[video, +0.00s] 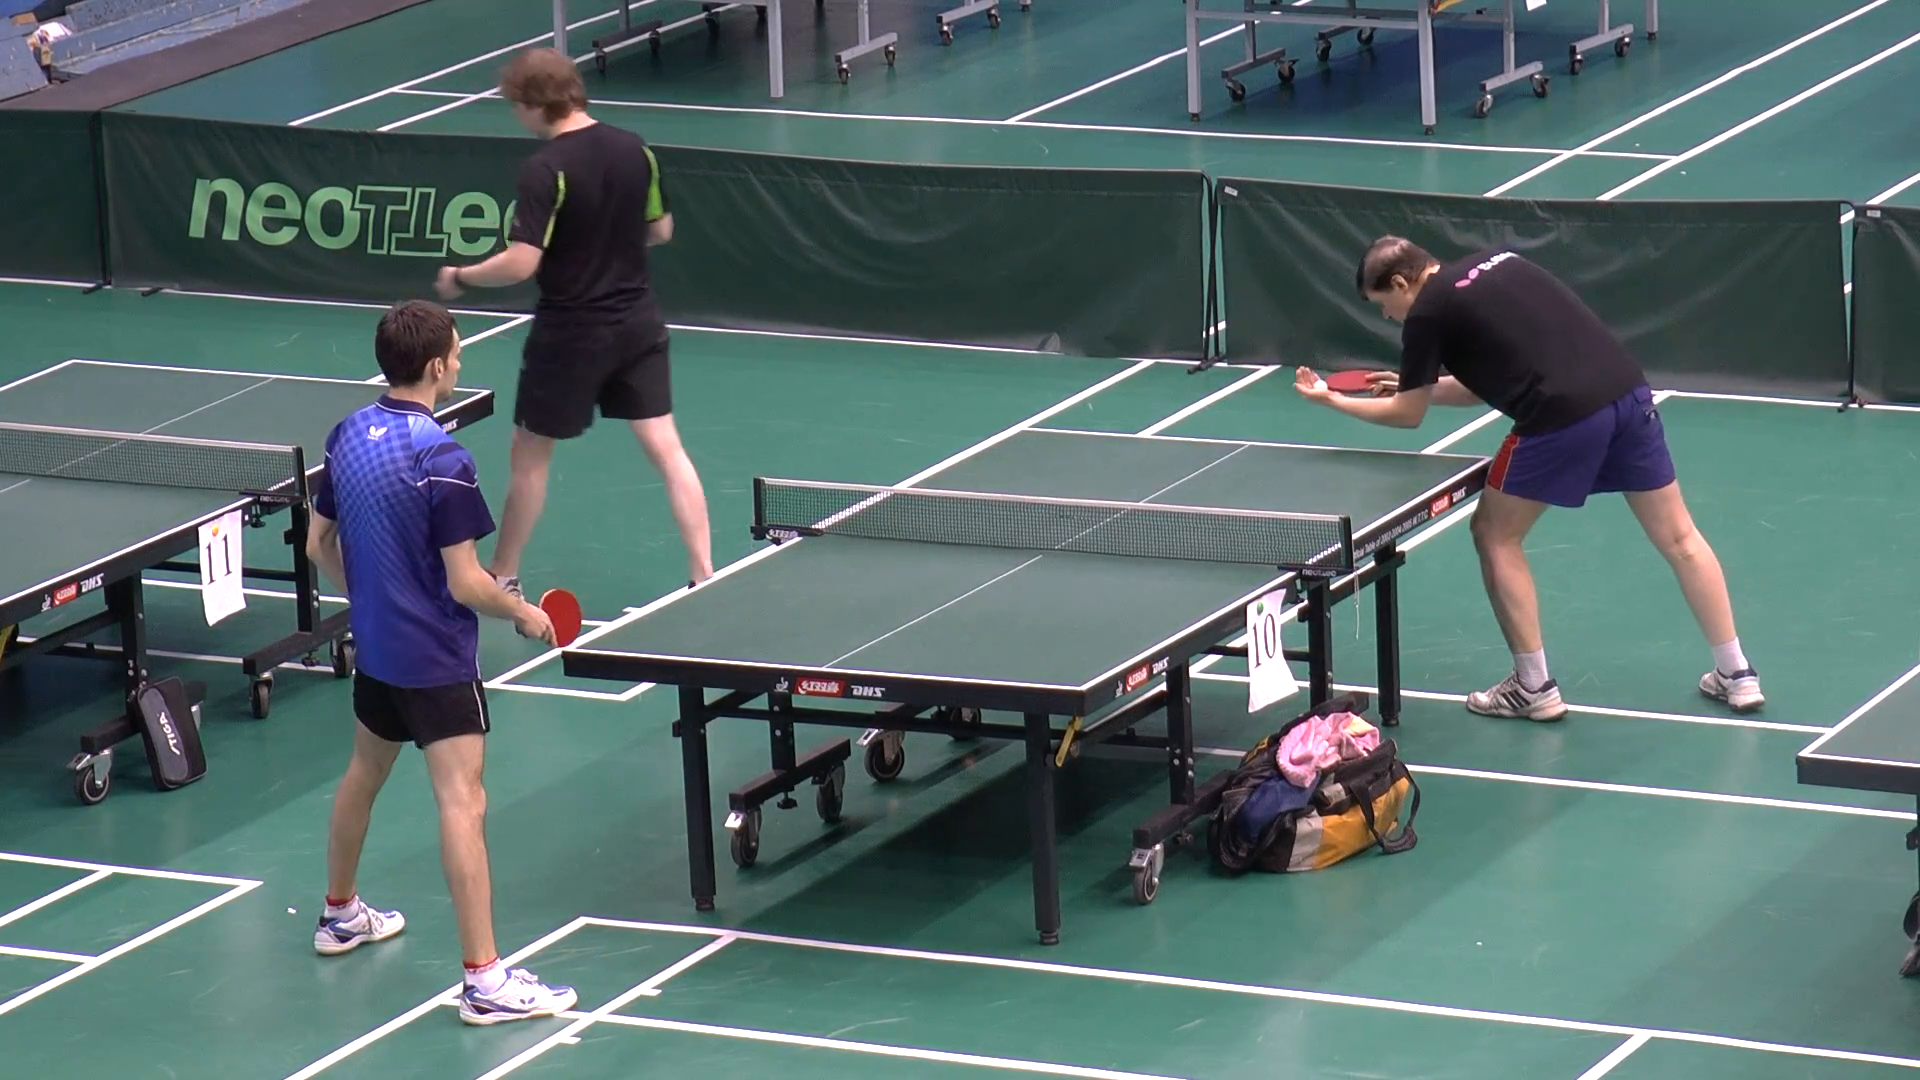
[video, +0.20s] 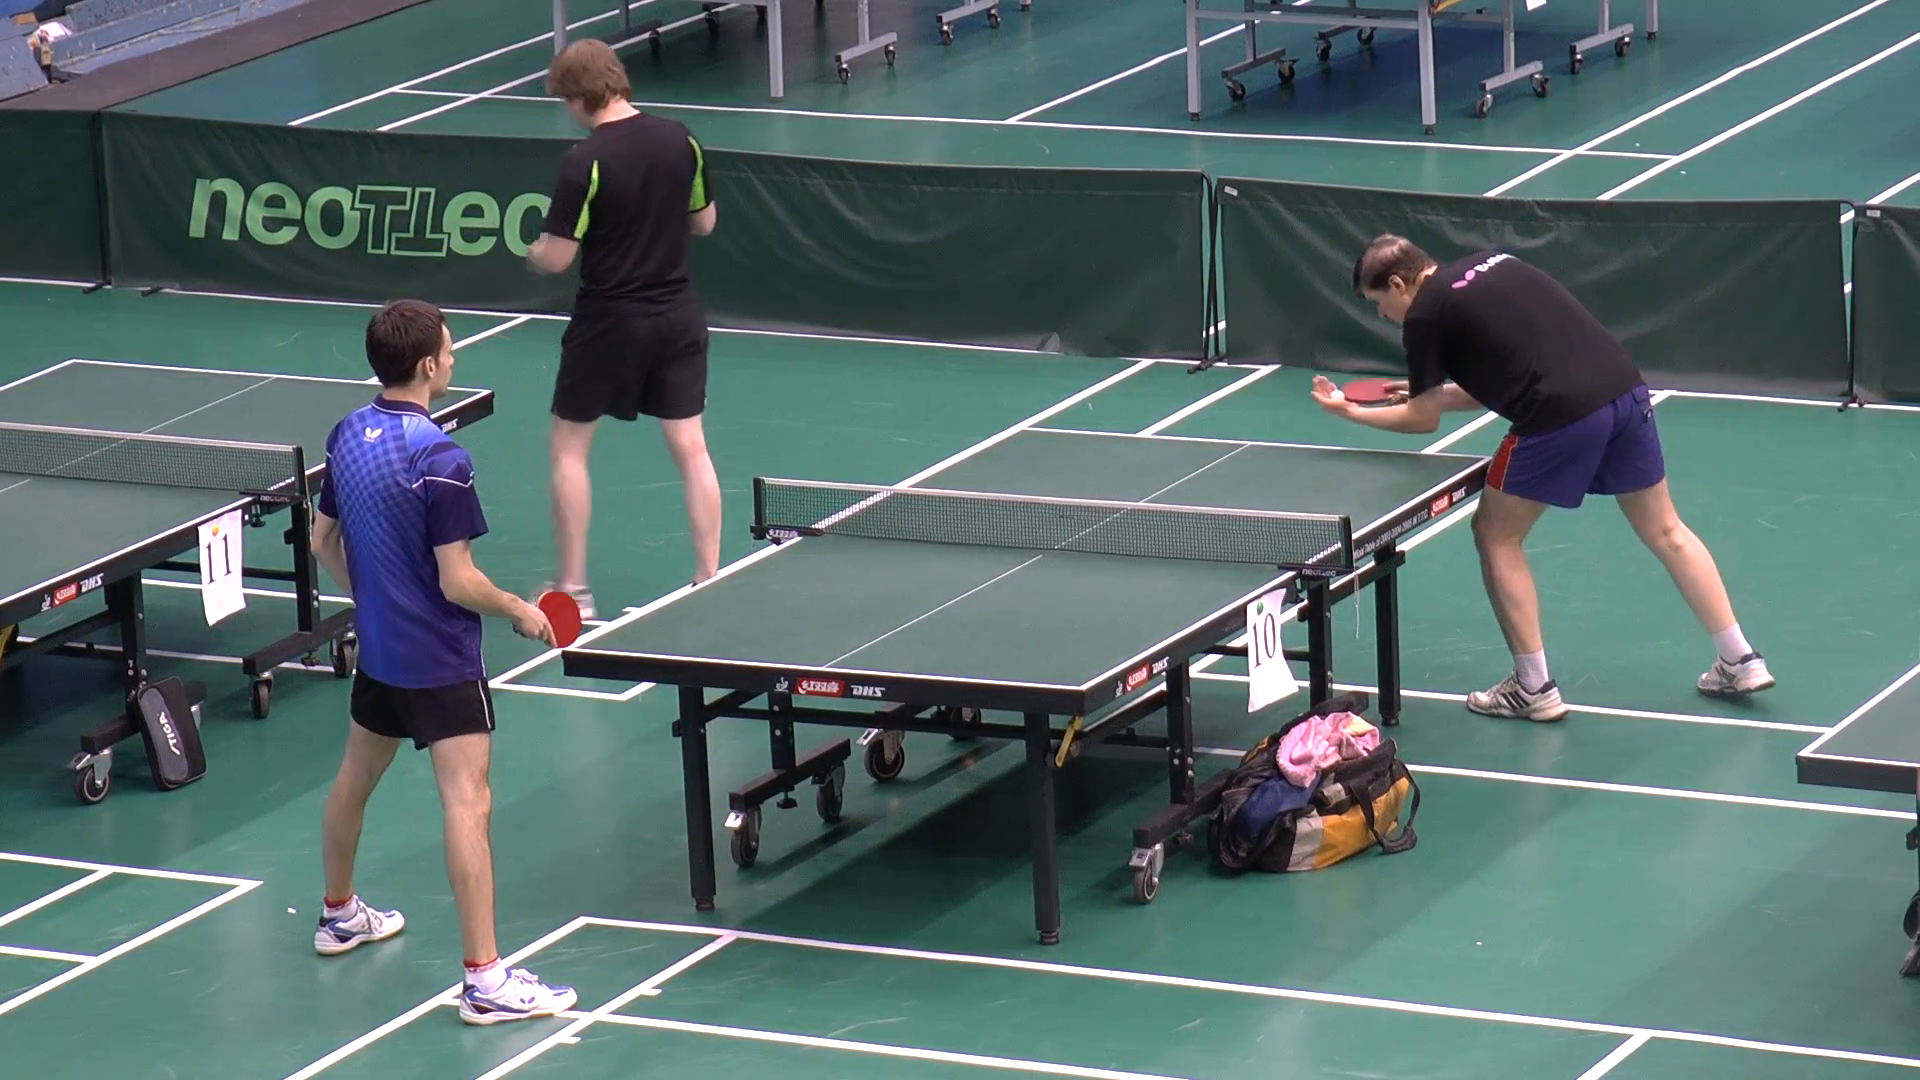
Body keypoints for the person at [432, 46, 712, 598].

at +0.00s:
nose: (517, 115)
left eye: (516, 105)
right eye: (514, 105)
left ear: (534, 104)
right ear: (572, 92)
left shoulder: (546, 167)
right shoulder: (634, 148)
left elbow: (522, 261)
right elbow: (660, 228)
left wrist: (460, 275)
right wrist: (603, 234)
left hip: (569, 336)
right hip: (639, 326)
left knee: (530, 460)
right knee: (668, 449)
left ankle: (502, 575)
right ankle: (705, 576)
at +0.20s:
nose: (565, 110)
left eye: (564, 101)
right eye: (564, 100)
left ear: (577, 99)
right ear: (620, 83)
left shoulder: (585, 159)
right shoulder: (679, 137)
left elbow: (556, 256)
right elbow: (704, 221)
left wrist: (538, 248)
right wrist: (654, 205)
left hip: (607, 328)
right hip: (678, 320)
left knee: (570, 450)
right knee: (692, 448)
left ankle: (573, 591)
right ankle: (709, 583)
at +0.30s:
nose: (580, 110)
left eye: (578, 101)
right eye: (578, 100)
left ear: (590, 100)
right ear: (633, 80)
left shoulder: (598, 157)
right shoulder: (690, 135)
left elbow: (570, 253)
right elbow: (716, 218)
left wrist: (561, 220)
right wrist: (666, 198)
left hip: (622, 327)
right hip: (690, 320)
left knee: (597, 450)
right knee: (698, 451)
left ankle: (631, 587)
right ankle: (711, 584)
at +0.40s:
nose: (589, 111)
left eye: (587, 102)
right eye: (587, 101)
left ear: (597, 100)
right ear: (640, 81)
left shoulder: (607, 157)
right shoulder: (699, 138)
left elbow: (578, 254)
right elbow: (731, 223)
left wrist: (558, 232)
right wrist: (688, 248)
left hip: (635, 328)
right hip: (699, 320)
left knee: (631, 456)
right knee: (700, 450)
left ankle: (681, 583)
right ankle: (713, 580)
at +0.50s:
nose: (592, 112)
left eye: (590, 103)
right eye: (590, 103)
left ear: (601, 100)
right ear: (644, 84)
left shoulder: (613, 157)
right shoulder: (704, 142)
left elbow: (586, 255)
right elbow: (738, 230)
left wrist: (552, 256)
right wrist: (722, 298)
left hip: (645, 331)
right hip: (705, 322)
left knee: (661, 468)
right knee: (702, 455)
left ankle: (697, 593)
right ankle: (714, 582)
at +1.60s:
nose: (604, 122)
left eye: (604, 111)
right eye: (601, 112)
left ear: (625, 105)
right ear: (659, 94)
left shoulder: (631, 165)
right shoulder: (716, 148)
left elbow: (636, 259)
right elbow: (760, 229)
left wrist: (626, 310)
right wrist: (712, 263)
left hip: (667, 339)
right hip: (723, 330)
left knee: (668, 474)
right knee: (714, 458)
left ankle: (701, 597)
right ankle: (743, 581)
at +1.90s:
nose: (599, 124)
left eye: (599, 113)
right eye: (596, 113)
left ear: (618, 107)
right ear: (654, 95)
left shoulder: (636, 164)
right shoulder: (712, 151)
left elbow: (634, 266)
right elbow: (736, 235)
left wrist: (614, 326)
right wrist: (679, 262)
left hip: (659, 333)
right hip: (715, 327)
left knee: (583, 442)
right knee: (719, 456)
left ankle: (628, 582)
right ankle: (747, 586)